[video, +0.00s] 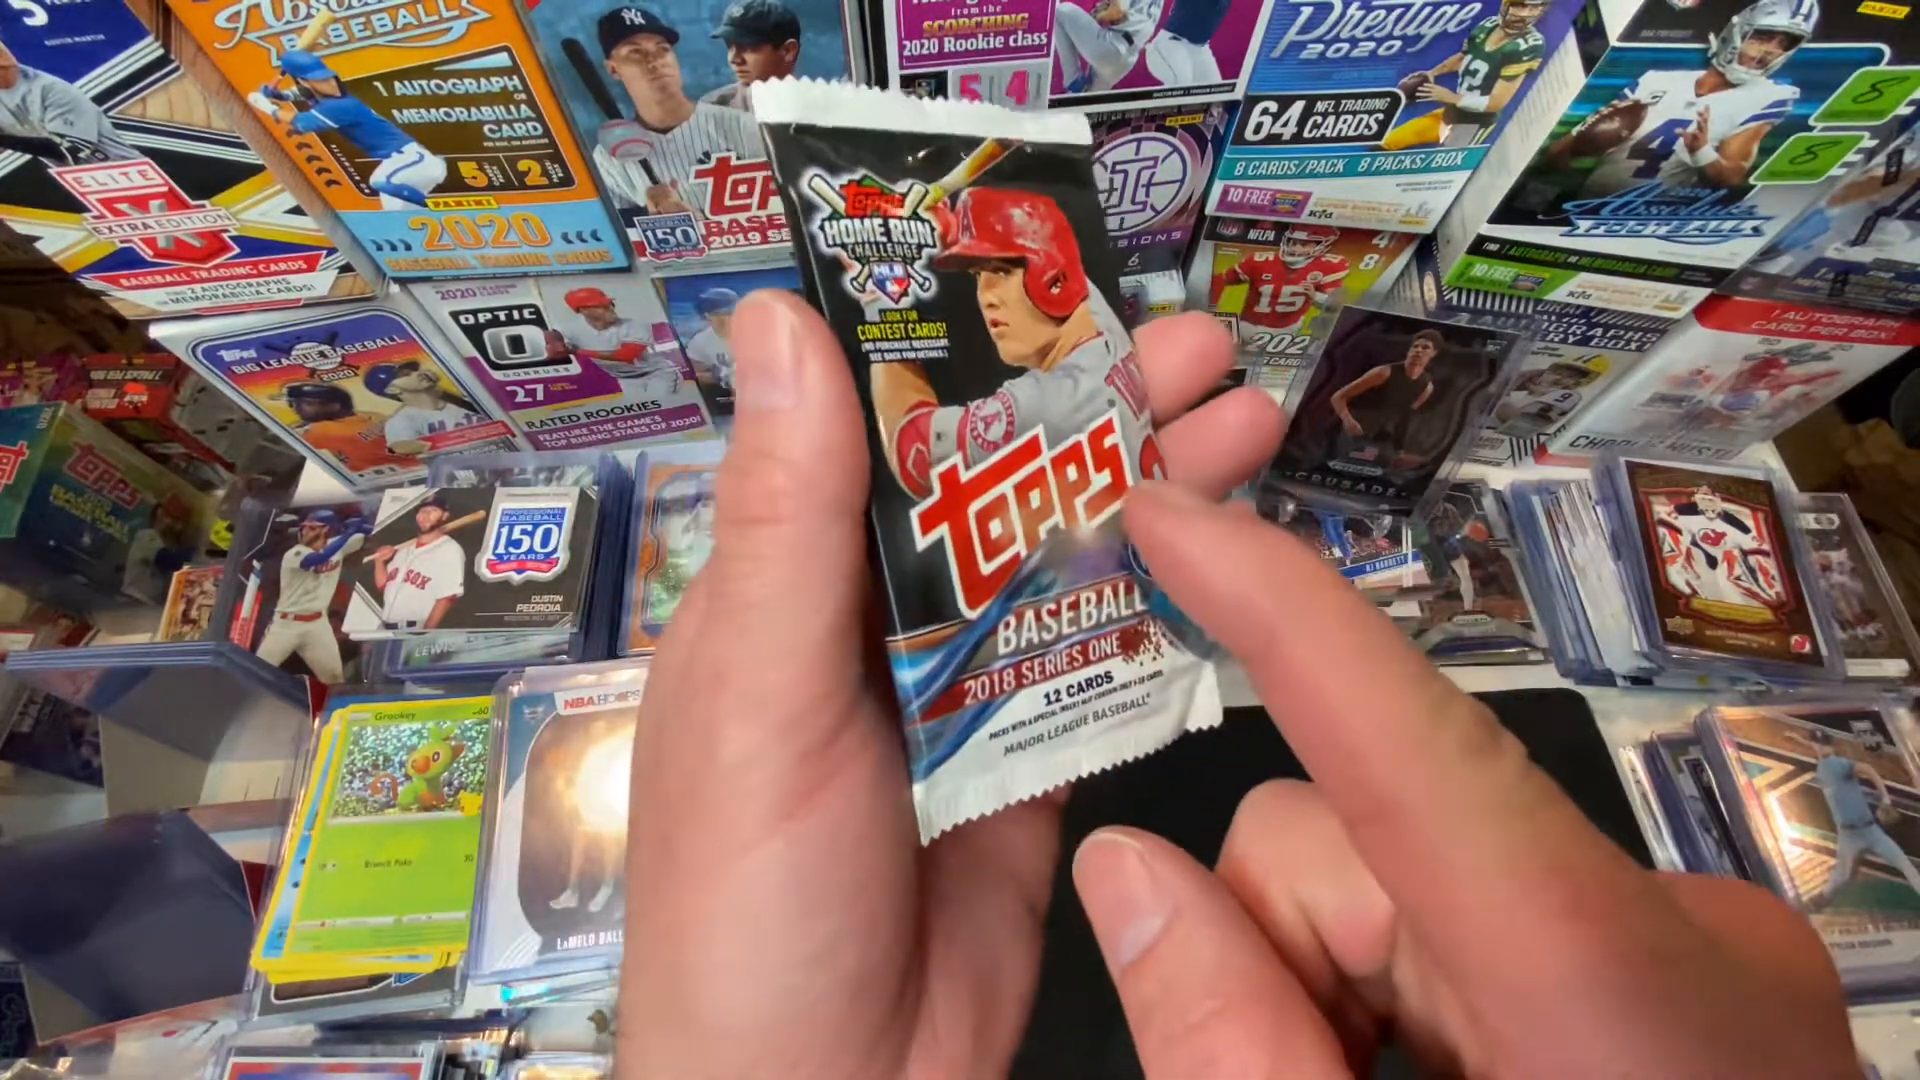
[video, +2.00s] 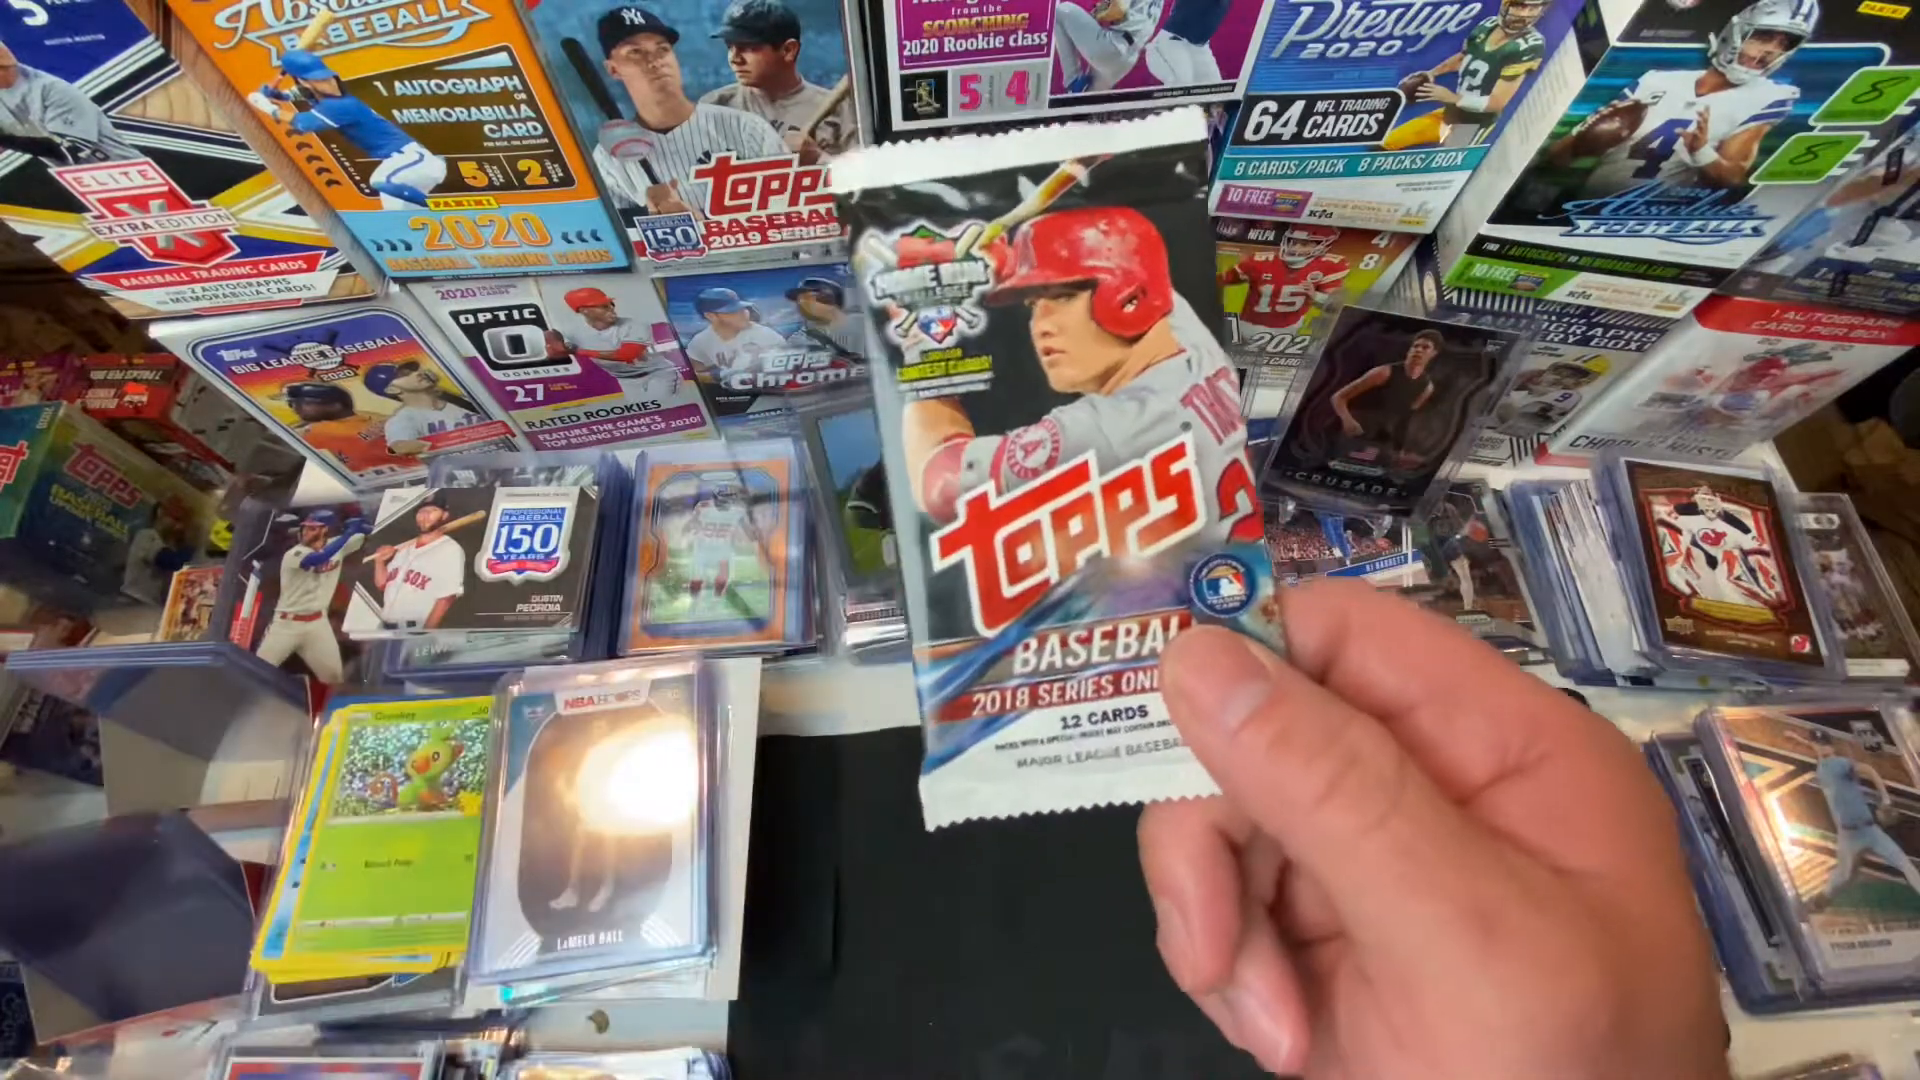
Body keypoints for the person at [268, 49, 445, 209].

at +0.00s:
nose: (332, 80)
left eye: (330, 75)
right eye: (323, 78)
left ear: (308, 81)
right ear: (305, 84)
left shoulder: (341, 106)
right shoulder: (330, 103)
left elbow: (298, 122)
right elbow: (300, 94)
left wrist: (268, 107)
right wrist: (275, 94)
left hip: (413, 159)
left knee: (379, 180)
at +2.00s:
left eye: (326, 76)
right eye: (321, 77)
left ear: (308, 83)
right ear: (305, 83)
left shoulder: (344, 106)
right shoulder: (329, 104)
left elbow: (301, 123)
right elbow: (298, 94)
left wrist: (270, 109)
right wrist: (275, 94)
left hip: (416, 158)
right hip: (403, 167)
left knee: (381, 179)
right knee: (397, 222)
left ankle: (437, 217)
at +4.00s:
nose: (331, 80)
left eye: (329, 76)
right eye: (323, 78)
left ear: (310, 83)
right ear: (306, 84)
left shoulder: (344, 106)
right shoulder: (332, 103)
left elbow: (300, 122)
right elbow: (300, 93)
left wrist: (271, 110)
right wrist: (277, 95)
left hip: (414, 158)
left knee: (381, 180)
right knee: (399, 220)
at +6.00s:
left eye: (301, 82)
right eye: (301, 82)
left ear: (309, 83)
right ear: (311, 81)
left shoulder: (342, 106)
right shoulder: (333, 101)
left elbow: (299, 123)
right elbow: (303, 92)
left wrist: (270, 109)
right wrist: (277, 95)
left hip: (414, 158)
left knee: (381, 180)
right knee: (397, 219)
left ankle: (434, 212)